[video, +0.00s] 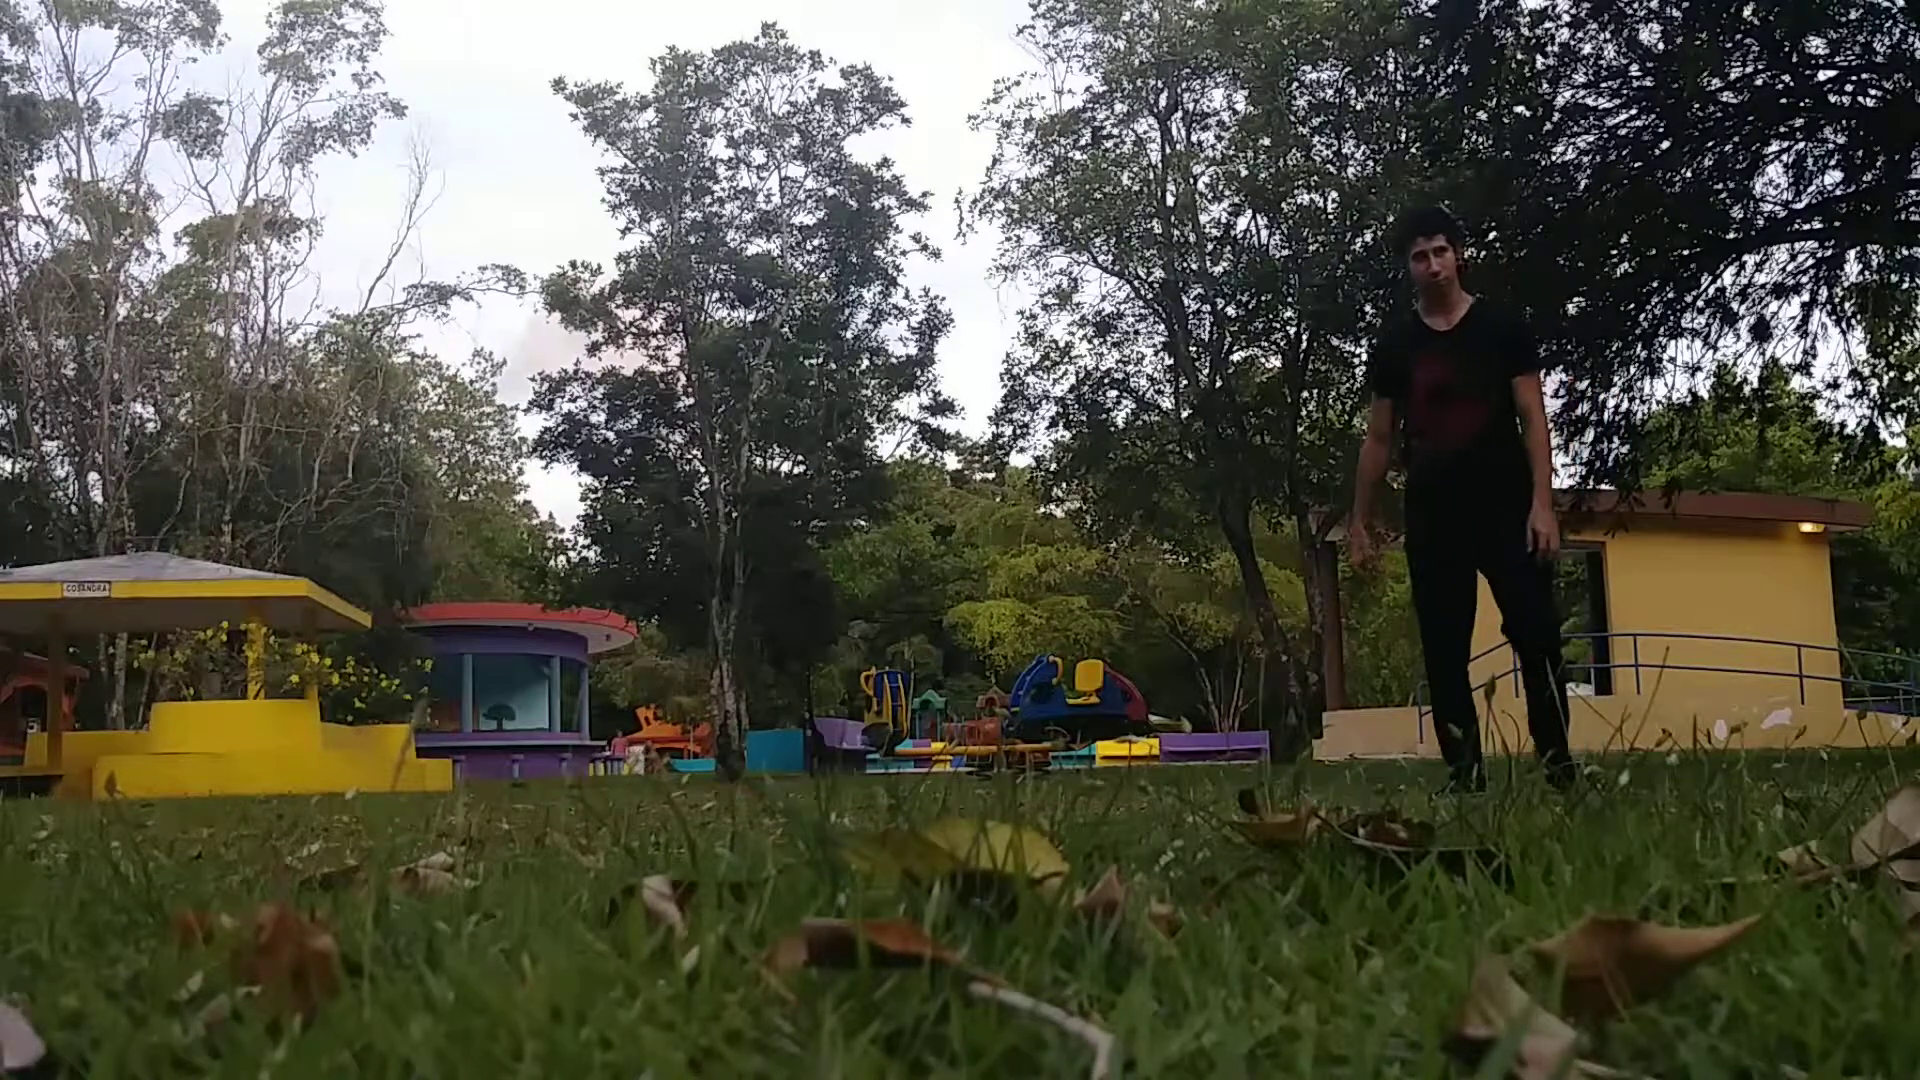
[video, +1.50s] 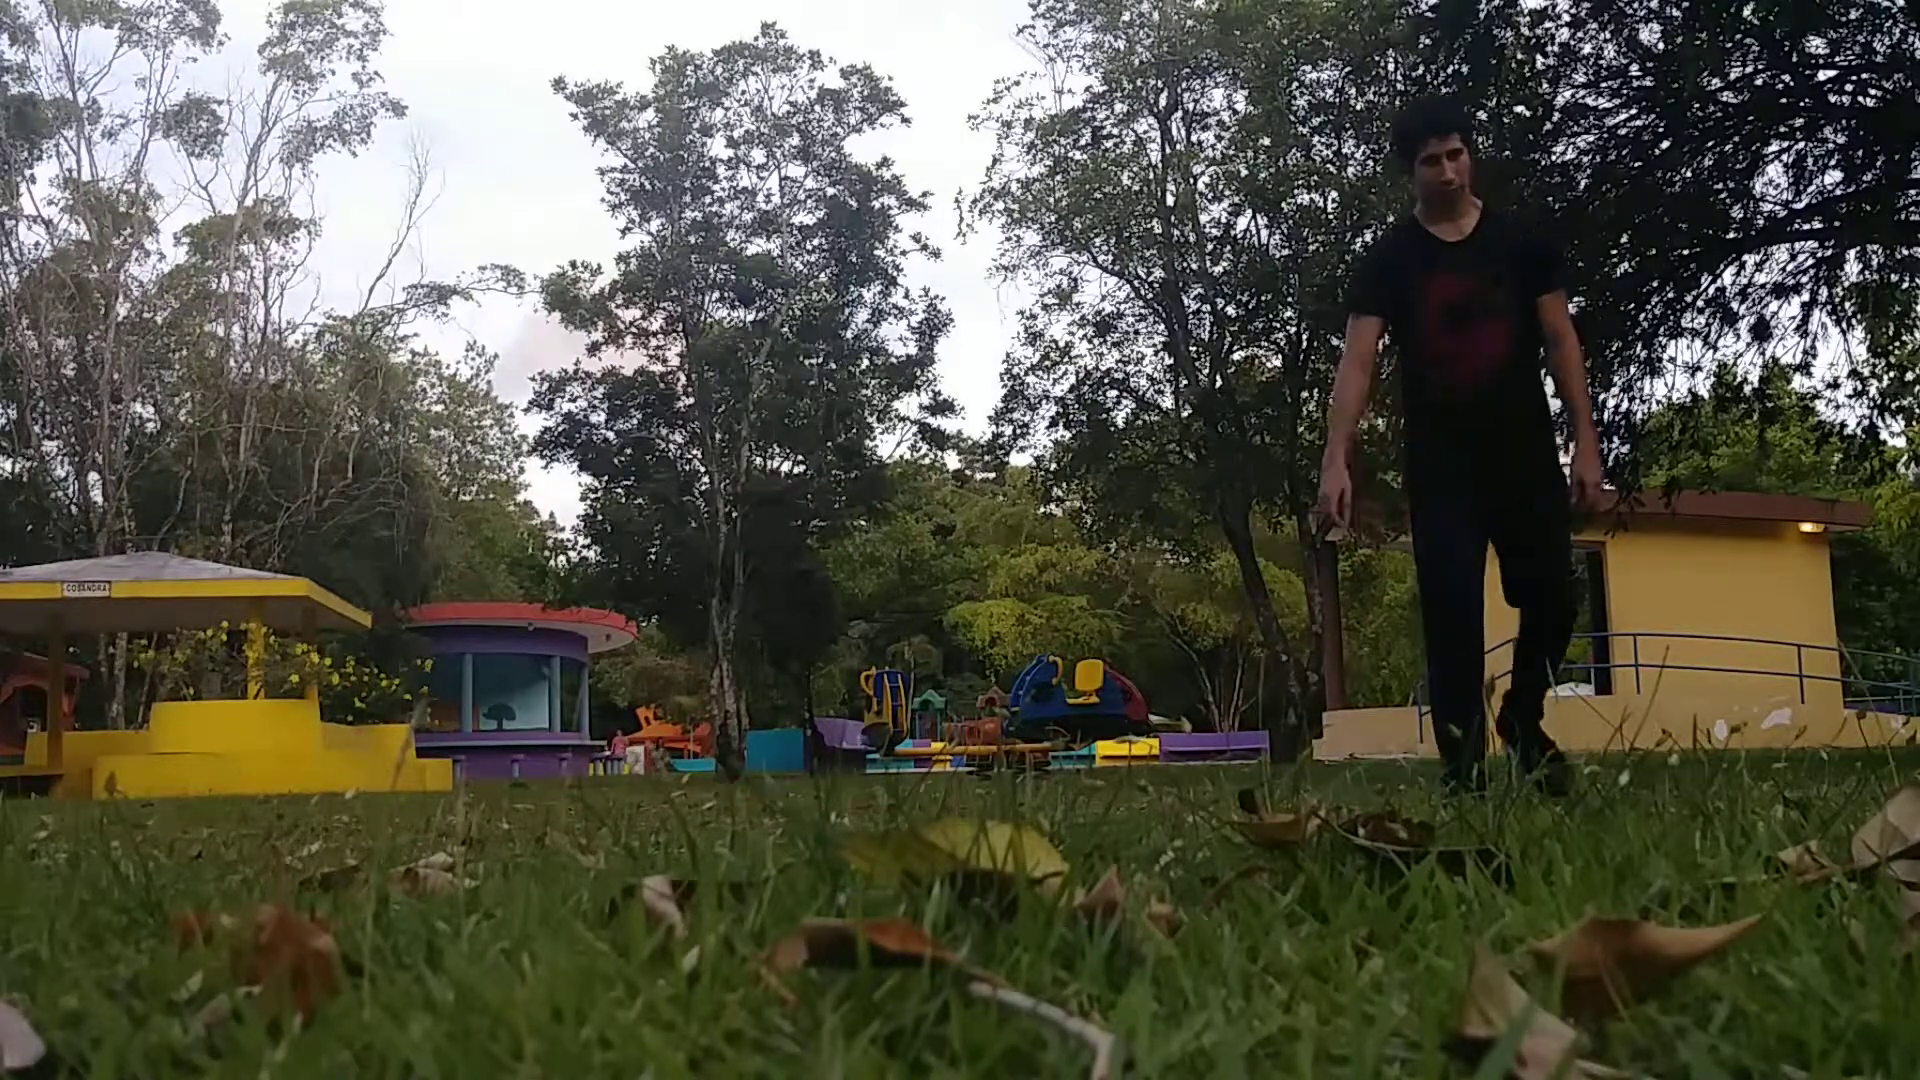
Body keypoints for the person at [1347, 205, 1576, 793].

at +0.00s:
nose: (1432, 263)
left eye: (1440, 251)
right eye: (1420, 256)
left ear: (1459, 254)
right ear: (1408, 268)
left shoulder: (1503, 325)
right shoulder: (1395, 341)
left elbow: (1535, 419)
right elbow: (1378, 435)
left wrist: (1543, 503)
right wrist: (1359, 516)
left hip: (1505, 509)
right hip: (1433, 517)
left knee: (1537, 641)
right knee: (1444, 652)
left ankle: (1558, 765)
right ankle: (1464, 775)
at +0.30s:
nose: (1437, 255)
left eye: (1444, 243)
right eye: (1424, 248)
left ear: (1460, 250)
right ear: (1408, 264)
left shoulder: (1502, 323)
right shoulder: (1393, 336)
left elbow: (1546, 415)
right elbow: (1370, 421)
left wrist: (1583, 499)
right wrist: (1372, 475)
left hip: (1505, 507)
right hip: (1432, 513)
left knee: (1518, 636)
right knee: (1445, 646)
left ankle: (1524, 765)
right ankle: (1462, 770)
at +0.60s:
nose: (1474, 236)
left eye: (1482, 225)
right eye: (1462, 227)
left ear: (1498, 230)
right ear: (1444, 237)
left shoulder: (1532, 304)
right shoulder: (1414, 311)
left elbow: (1569, 398)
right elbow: (1404, 402)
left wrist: (1590, 489)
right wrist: (1408, 477)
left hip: (1519, 495)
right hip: (1444, 497)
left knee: (1528, 638)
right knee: (1441, 638)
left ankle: (1526, 767)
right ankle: (1459, 761)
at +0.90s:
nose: (1482, 224)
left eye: (1491, 211)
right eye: (1470, 214)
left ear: (1509, 213)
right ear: (1452, 221)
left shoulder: (1548, 290)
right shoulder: (1426, 294)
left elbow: (1576, 390)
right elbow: (1400, 392)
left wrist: (1559, 470)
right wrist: (1372, 481)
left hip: (1528, 487)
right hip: (1450, 490)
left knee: (1535, 634)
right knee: (1445, 625)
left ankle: (1525, 768)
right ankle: (1450, 761)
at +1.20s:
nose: (1461, 214)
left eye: (1470, 200)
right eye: (1447, 205)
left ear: (1489, 203)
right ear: (1430, 212)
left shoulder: (1536, 278)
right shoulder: (1410, 294)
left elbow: (1570, 379)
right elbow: (1386, 394)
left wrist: (1556, 474)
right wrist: (1366, 487)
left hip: (1528, 482)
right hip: (1450, 486)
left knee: (1534, 636)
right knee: (1455, 631)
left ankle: (1526, 770)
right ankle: (1464, 772)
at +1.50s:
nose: (1447, 169)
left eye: (1456, 155)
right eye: (1432, 160)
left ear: (1472, 160)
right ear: (1409, 171)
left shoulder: (1521, 241)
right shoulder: (1387, 259)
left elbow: (1561, 340)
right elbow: (1357, 360)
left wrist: (1587, 442)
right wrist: (1335, 458)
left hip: (1524, 455)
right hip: (1440, 463)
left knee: (1553, 603)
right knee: (1450, 615)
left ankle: (1521, 723)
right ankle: (1461, 764)